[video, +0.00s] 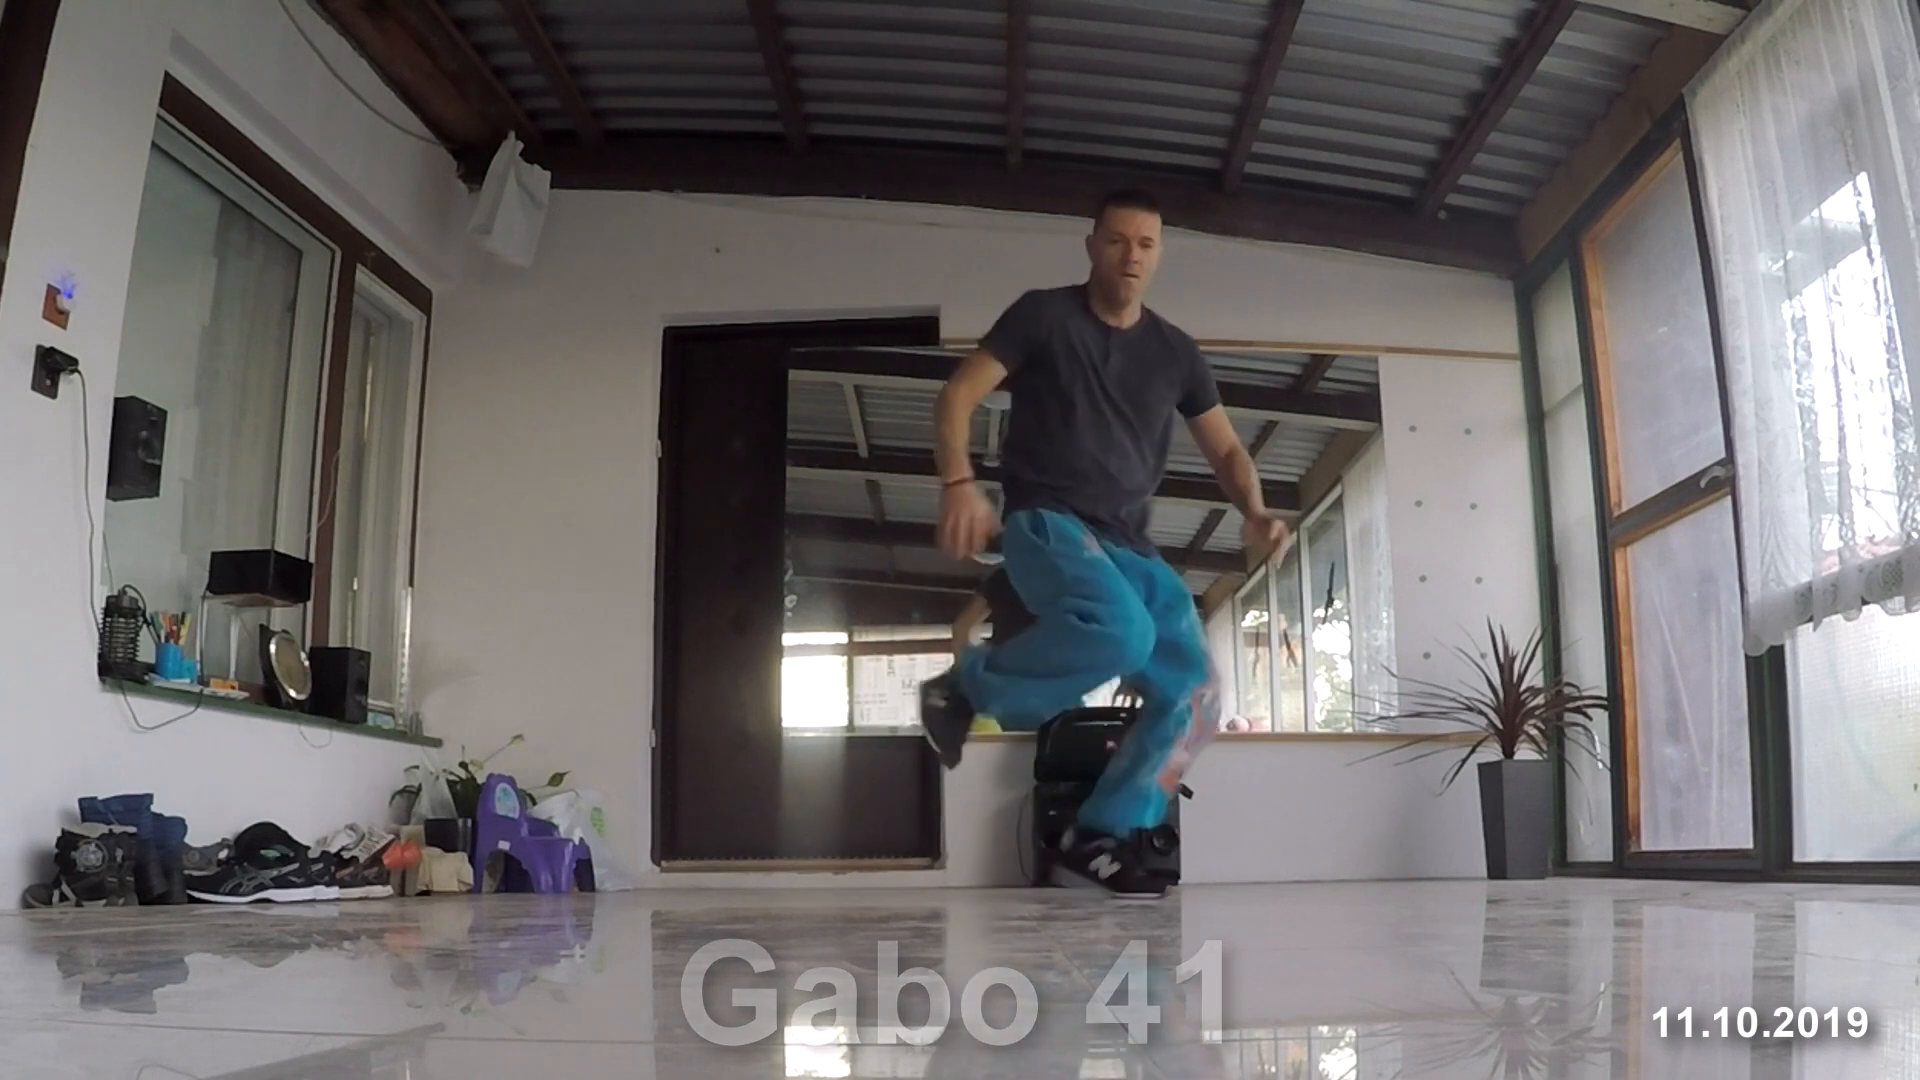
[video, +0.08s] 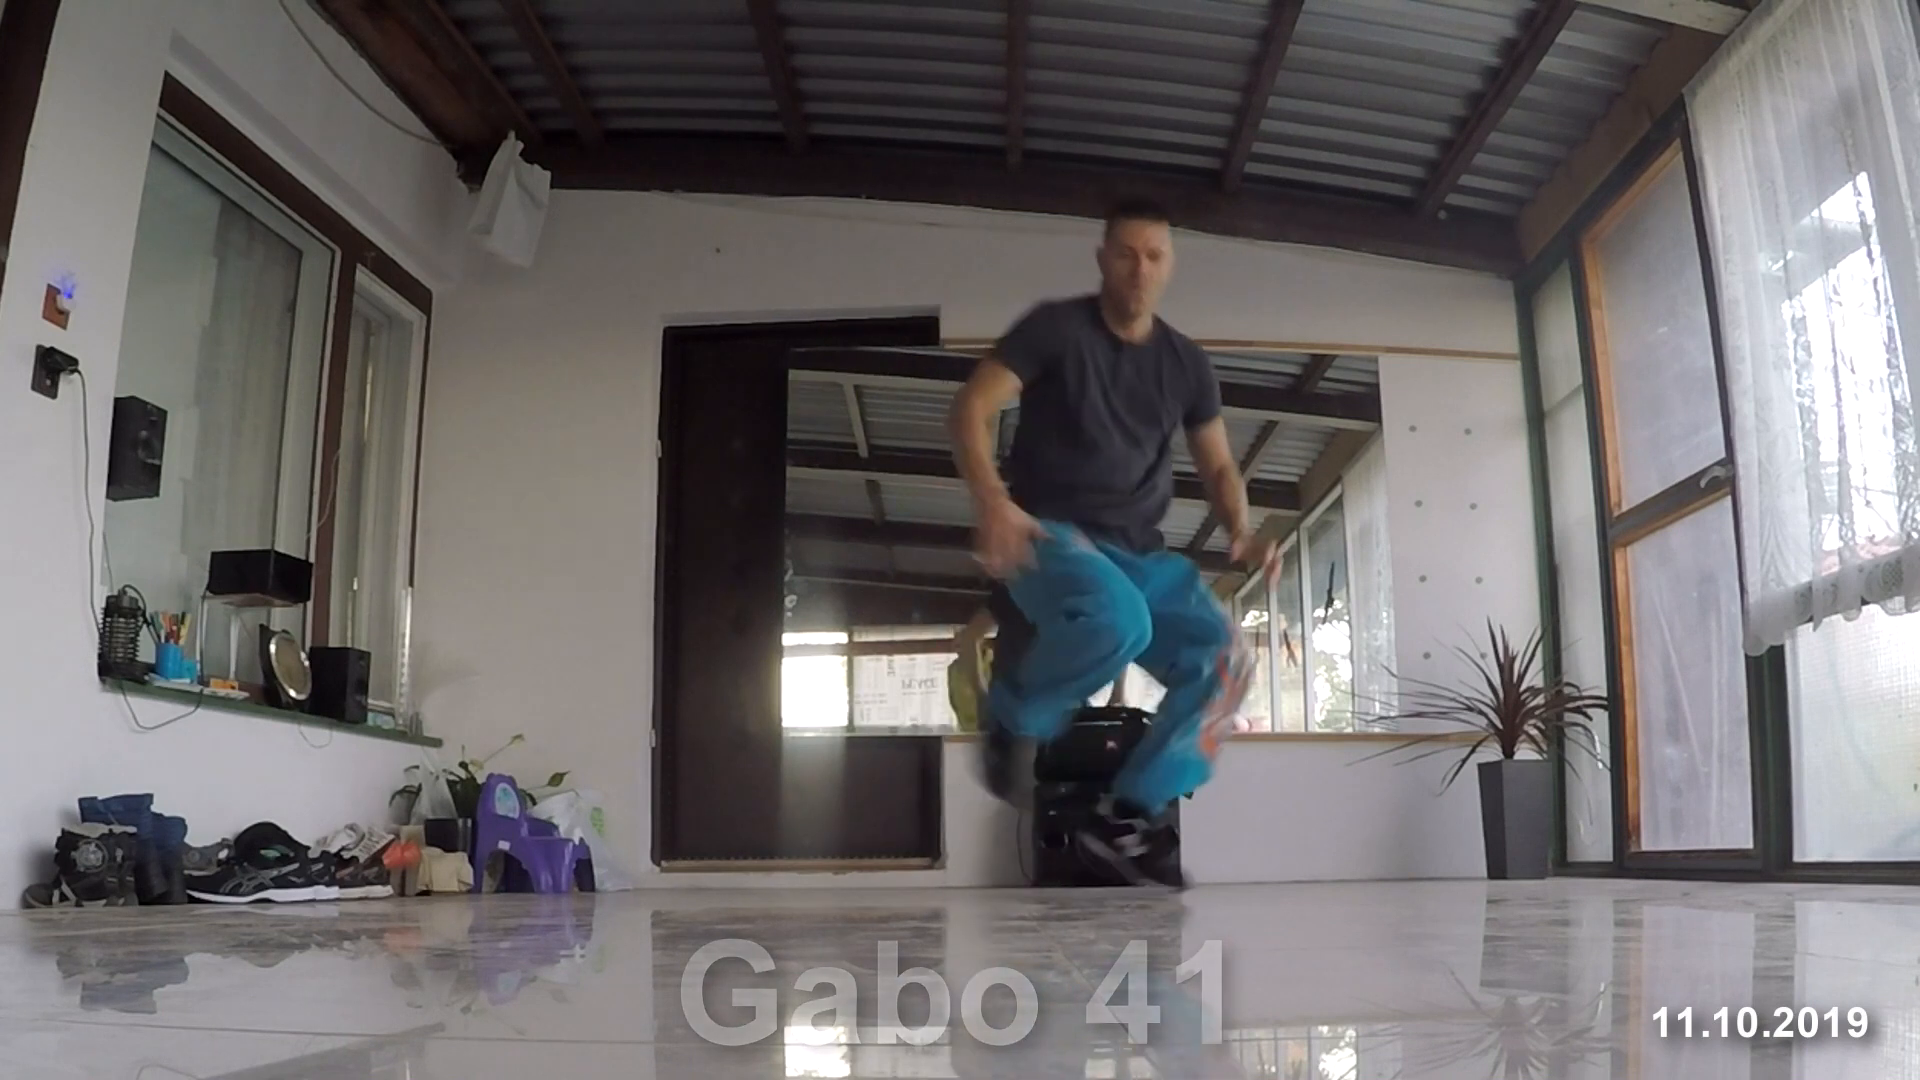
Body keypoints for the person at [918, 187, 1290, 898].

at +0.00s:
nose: (1131, 256)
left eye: (1145, 244)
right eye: (1118, 241)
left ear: (1160, 254)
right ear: (1091, 246)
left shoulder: (1177, 353)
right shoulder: (1043, 315)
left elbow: (1227, 453)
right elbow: (955, 396)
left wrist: (1255, 510)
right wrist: (958, 483)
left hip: (1129, 544)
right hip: (1047, 521)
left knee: (1188, 673)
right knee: (1120, 634)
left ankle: (1100, 835)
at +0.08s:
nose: (1138, 270)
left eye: (1152, 258)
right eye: (1125, 255)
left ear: (1171, 268)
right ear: (1101, 259)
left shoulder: (1188, 364)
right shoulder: (1056, 328)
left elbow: (1218, 468)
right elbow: (970, 408)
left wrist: (1240, 529)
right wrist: (991, 504)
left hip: (1141, 555)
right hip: (1047, 531)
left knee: (1222, 660)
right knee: (1115, 620)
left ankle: (1126, 819)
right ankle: (1014, 716)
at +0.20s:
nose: (1159, 335)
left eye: (1174, 321)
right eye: (1145, 320)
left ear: (1192, 335)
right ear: (1121, 327)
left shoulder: (1202, 425)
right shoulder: (1073, 399)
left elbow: (1231, 533)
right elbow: (982, 486)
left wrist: (1232, 599)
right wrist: (1034, 580)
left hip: (1157, 601)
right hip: (1065, 593)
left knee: (1240, 668)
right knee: (1113, 645)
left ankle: (1176, 827)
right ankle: (1100, 832)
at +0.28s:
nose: (1167, 418)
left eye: (1182, 404)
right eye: (1152, 403)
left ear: (1201, 415)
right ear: (1128, 409)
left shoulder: (1216, 503)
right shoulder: (1074, 488)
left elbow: (1257, 576)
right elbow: (978, 549)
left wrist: (1244, 645)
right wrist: (1037, 636)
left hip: (1162, 696)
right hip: (1060, 693)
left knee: (1261, 696)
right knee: (1112, 668)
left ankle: (1178, 843)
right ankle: (1116, 853)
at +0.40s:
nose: (1166, 534)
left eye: (1182, 518)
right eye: (1150, 517)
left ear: (1204, 524)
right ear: (1126, 520)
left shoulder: (1229, 578)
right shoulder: (1071, 572)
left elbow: (1292, 589)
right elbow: (968, 598)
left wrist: (1259, 679)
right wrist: (1020, 691)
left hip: (1174, 774)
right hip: (1072, 770)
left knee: (1285, 715)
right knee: (1090, 679)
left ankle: (1178, 848)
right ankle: (1112, 853)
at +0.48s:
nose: (1141, 484)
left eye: (1154, 467)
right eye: (1124, 469)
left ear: (1180, 471)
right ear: (1102, 473)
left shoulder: (1215, 524)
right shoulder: (1058, 542)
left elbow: (1279, 576)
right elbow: (968, 612)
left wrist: (1269, 671)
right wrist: (1040, 682)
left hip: (1172, 728)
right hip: (1067, 736)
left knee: (1292, 714)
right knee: (1138, 680)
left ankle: (1177, 843)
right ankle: (1115, 851)